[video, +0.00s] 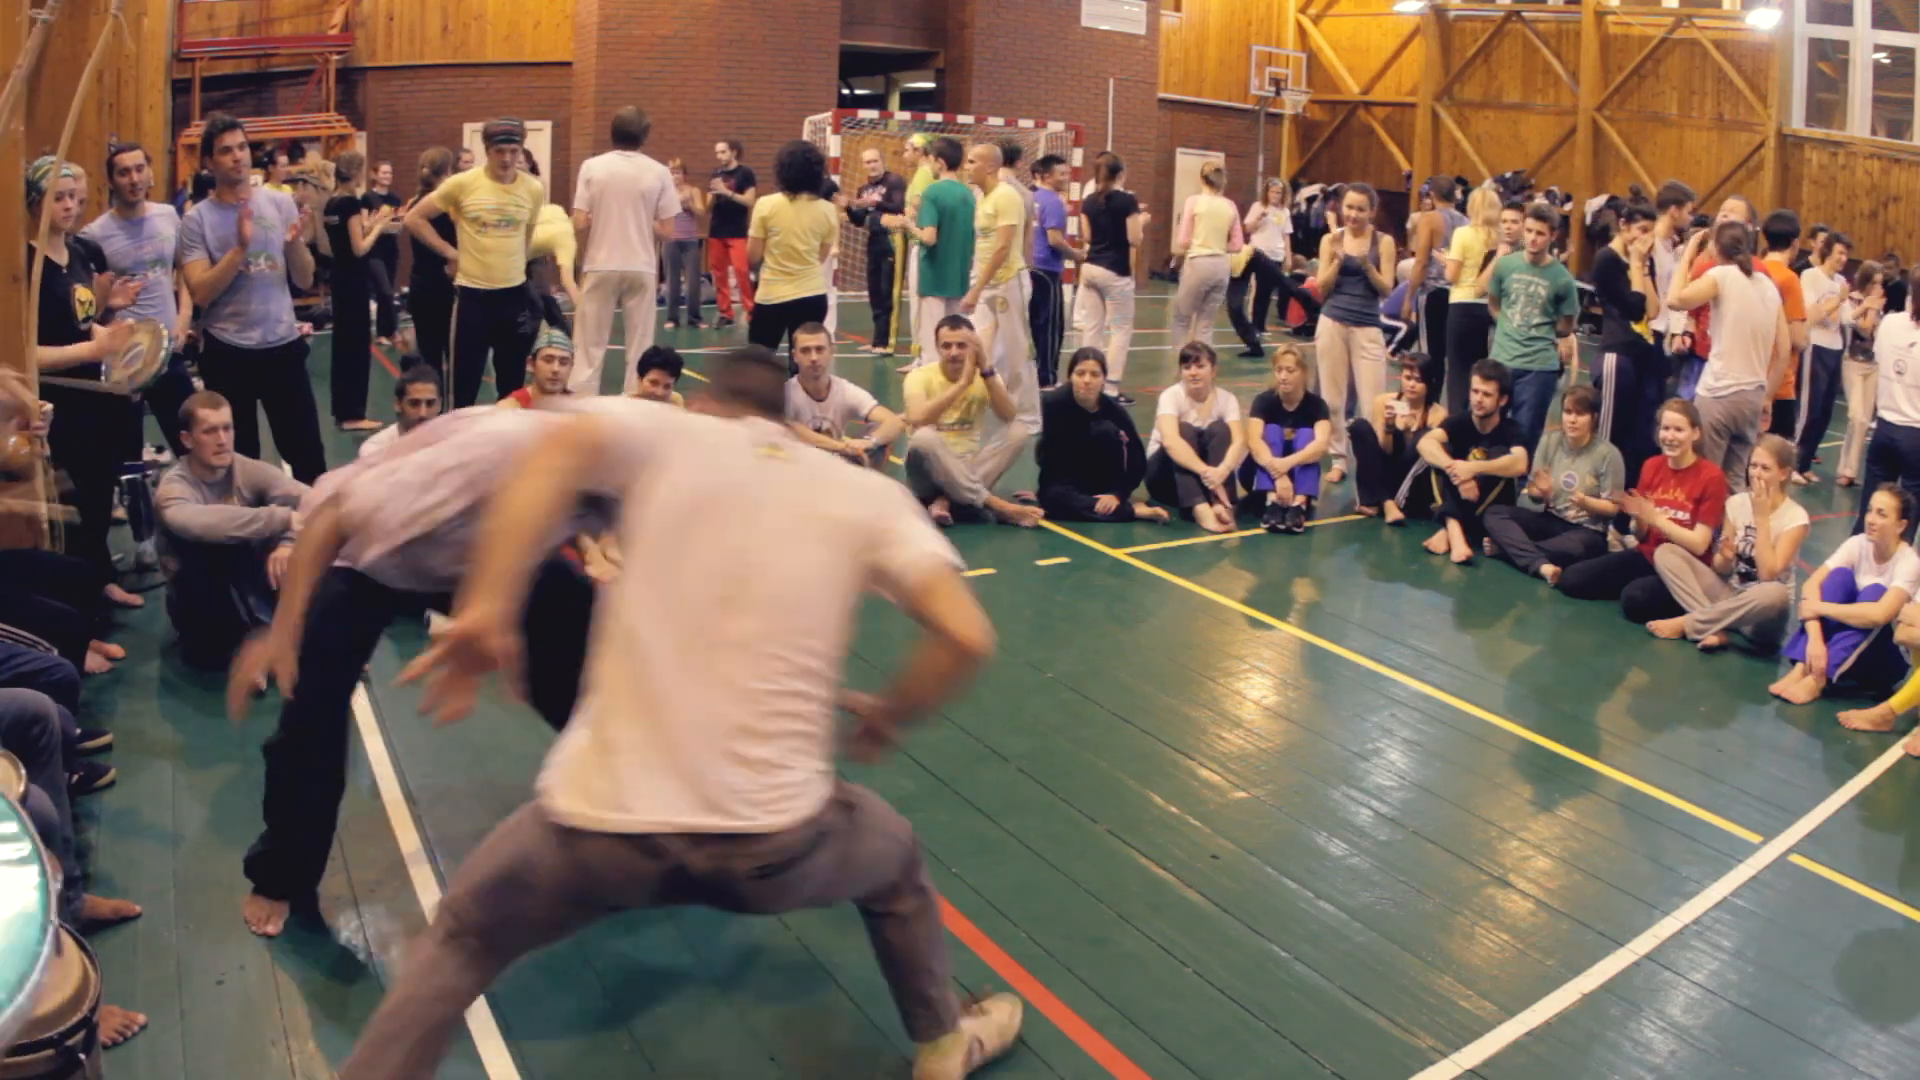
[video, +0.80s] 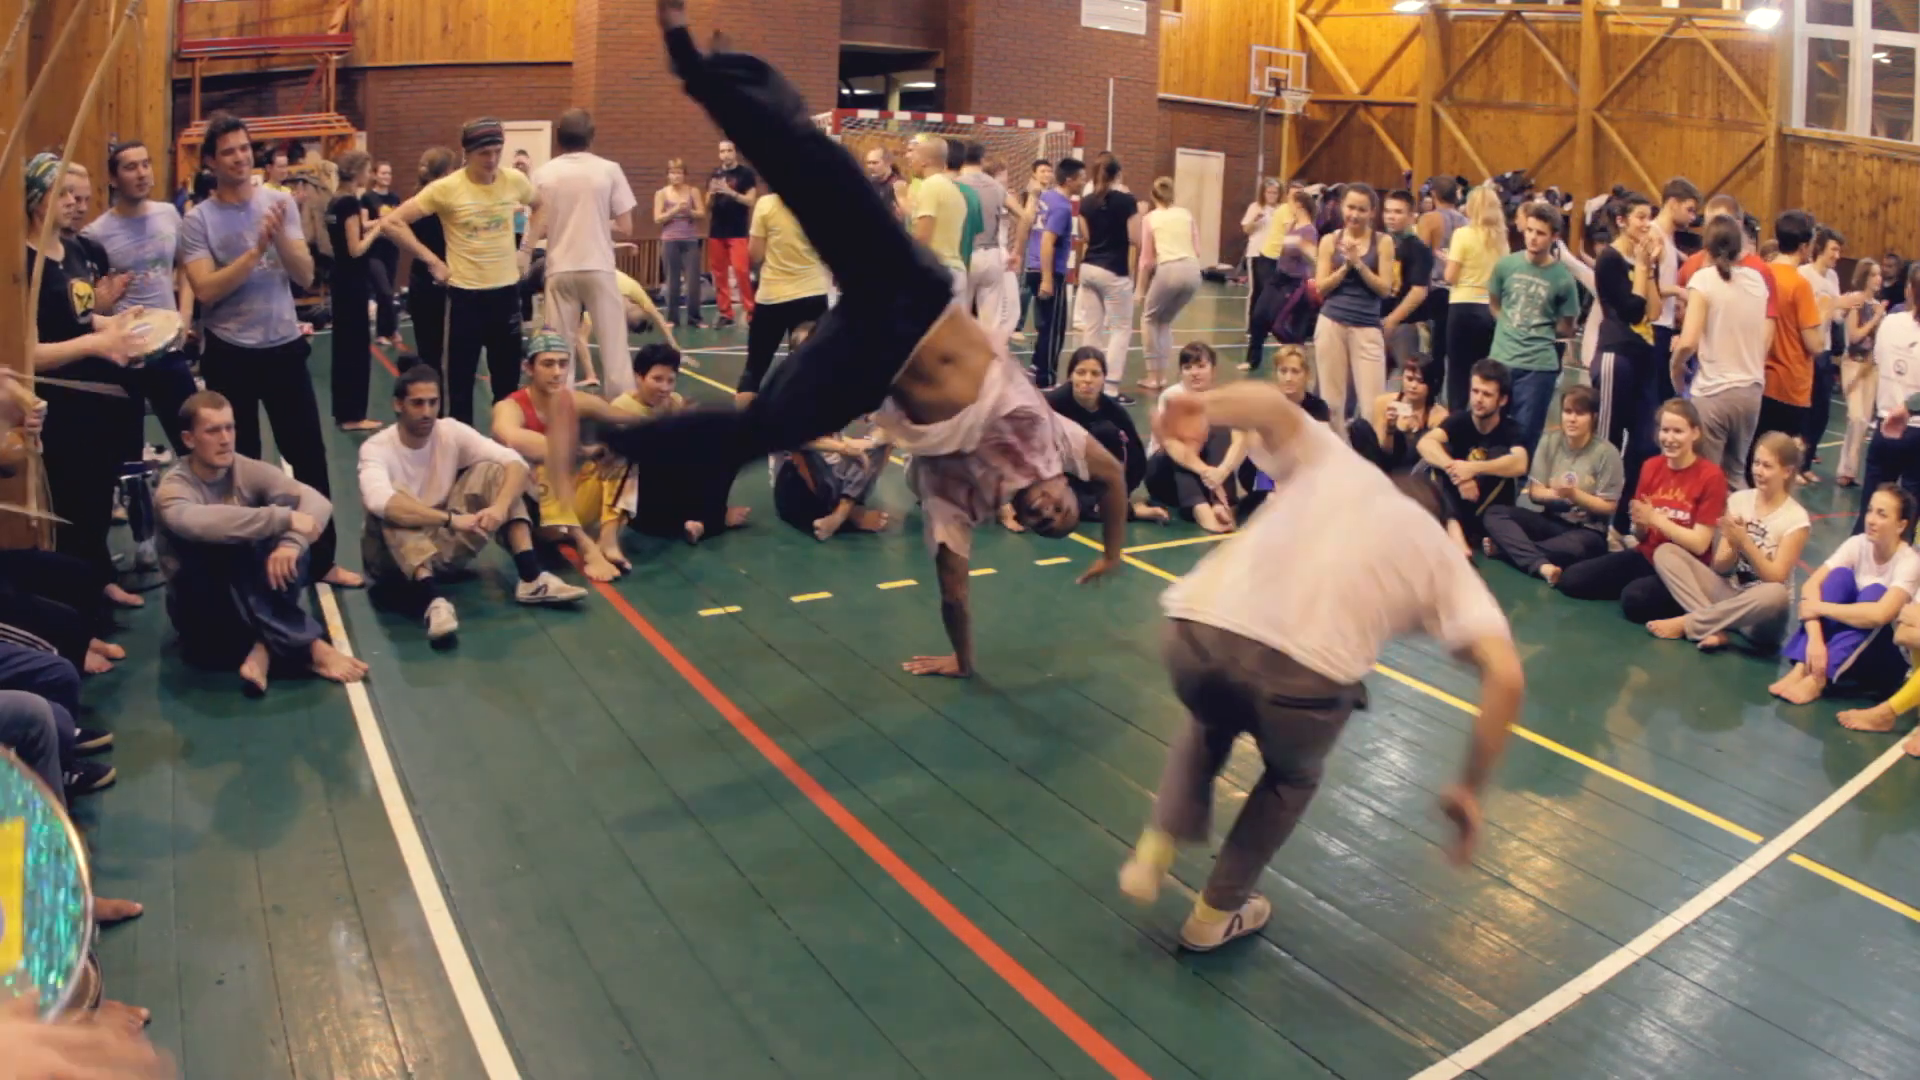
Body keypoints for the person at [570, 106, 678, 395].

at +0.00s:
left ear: (612, 134)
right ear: (644, 136)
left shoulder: (592, 167)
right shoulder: (658, 172)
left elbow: (580, 221)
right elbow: (667, 230)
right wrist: (641, 220)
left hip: (600, 264)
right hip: (641, 265)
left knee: (589, 345)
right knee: (640, 346)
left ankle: (580, 409)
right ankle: (634, 413)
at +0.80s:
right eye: (592, 134)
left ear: (559, 137)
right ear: (591, 137)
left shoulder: (543, 173)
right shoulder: (609, 170)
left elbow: (536, 230)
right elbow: (625, 227)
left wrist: (562, 225)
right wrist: (597, 226)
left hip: (559, 269)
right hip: (598, 267)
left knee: (559, 347)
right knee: (613, 345)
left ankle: (560, 414)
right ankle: (622, 413)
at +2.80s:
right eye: (629, 130)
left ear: (595, 134)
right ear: (629, 134)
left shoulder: (578, 172)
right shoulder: (647, 171)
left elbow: (572, 229)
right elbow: (661, 228)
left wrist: (598, 226)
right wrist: (631, 227)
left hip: (596, 271)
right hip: (636, 270)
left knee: (585, 354)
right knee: (636, 353)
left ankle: (579, 434)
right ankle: (632, 429)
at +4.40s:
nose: (603, 134)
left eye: (601, 128)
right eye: (599, 129)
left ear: (567, 140)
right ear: (590, 135)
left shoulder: (553, 174)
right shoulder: (609, 164)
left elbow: (550, 231)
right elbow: (624, 217)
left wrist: (573, 236)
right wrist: (612, 240)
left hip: (568, 264)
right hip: (603, 261)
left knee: (570, 341)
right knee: (620, 339)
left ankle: (568, 402)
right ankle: (619, 405)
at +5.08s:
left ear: (611, 135)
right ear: (644, 136)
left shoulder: (594, 170)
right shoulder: (661, 172)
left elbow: (582, 224)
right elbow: (670, 229)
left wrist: (609, 217)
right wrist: (643, 221)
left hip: (602, 270)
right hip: (643, 270)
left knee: (592, 354)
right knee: (643, 355)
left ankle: (584, 437)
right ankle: (639, 435)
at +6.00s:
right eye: (635, 129)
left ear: (603, 133)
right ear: (636, 133)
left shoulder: (586, 167)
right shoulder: (653, 171)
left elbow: (576, 221)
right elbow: (664, 228)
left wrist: (602, 214)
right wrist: (641, 220)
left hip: (596, 267)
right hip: (635, 267)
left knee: (591, 350)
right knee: (639, 349)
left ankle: (591, 420)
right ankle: (637, 420)